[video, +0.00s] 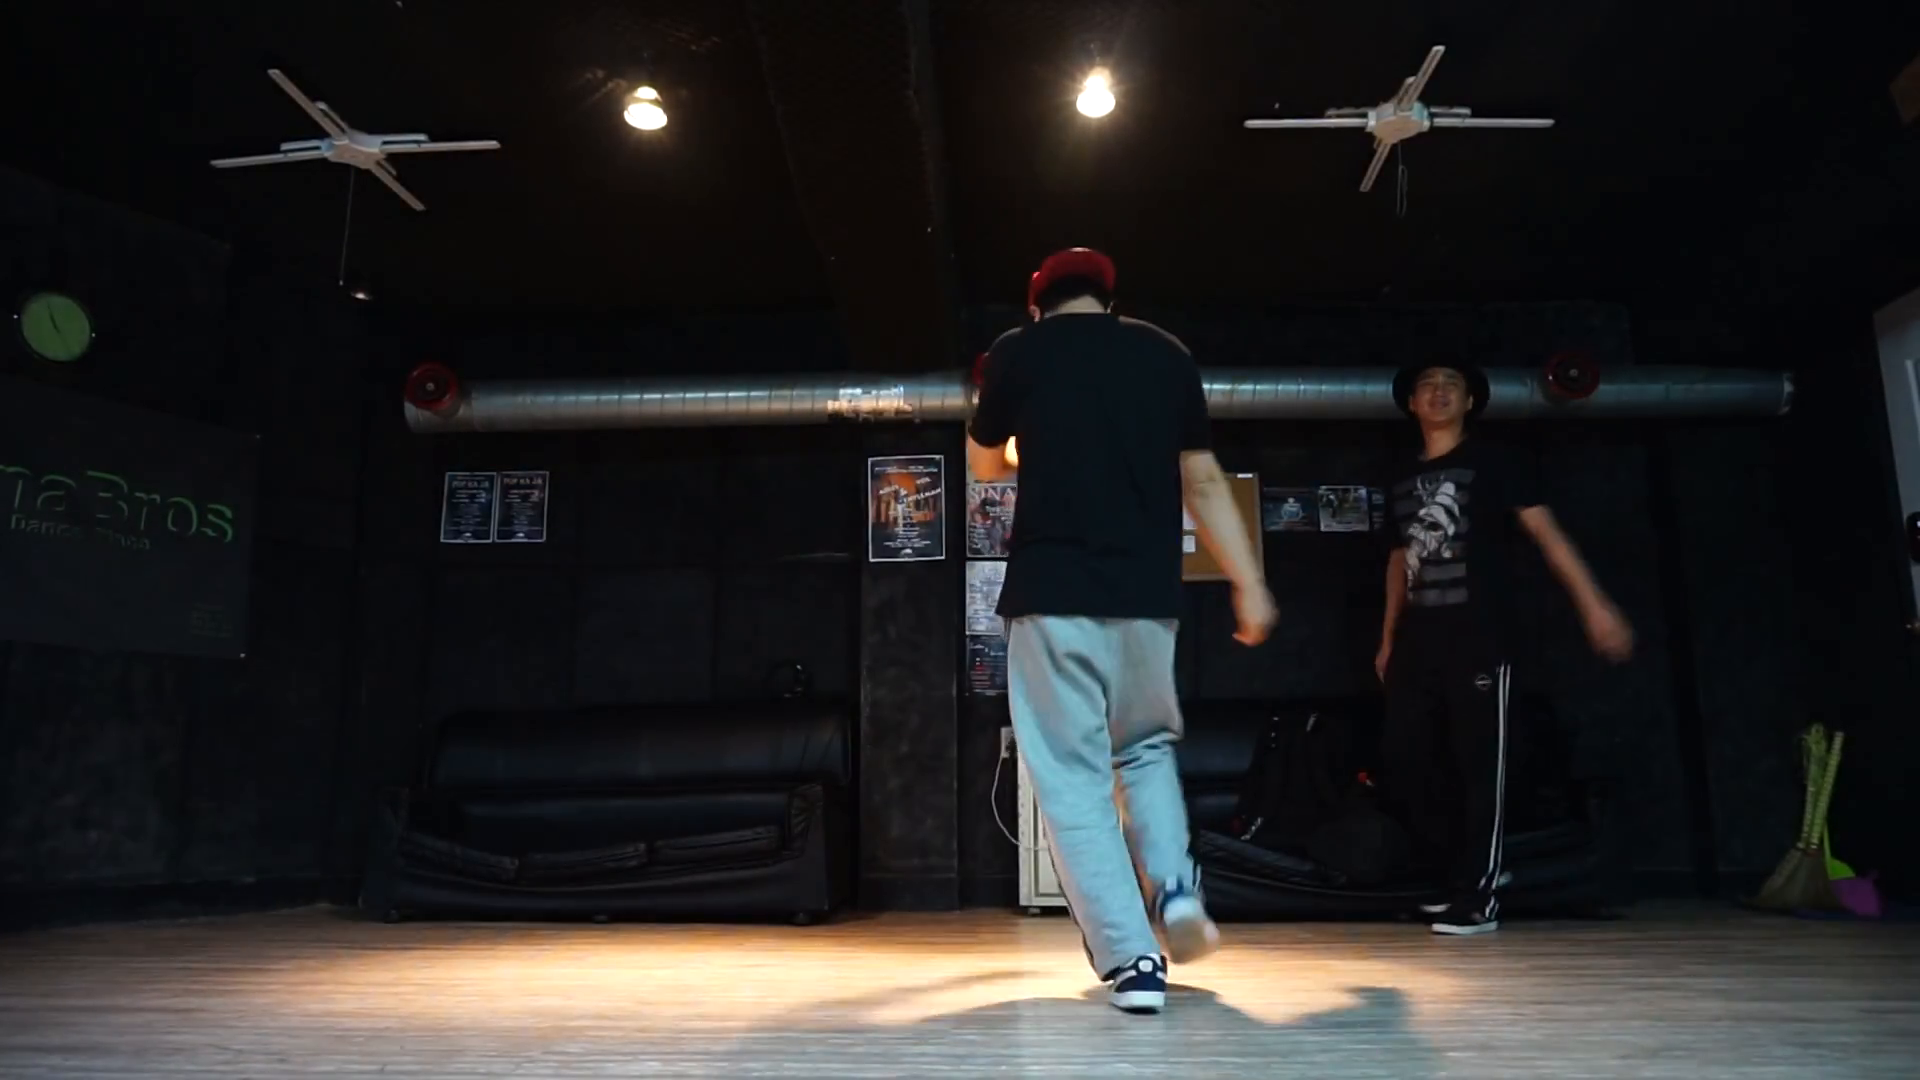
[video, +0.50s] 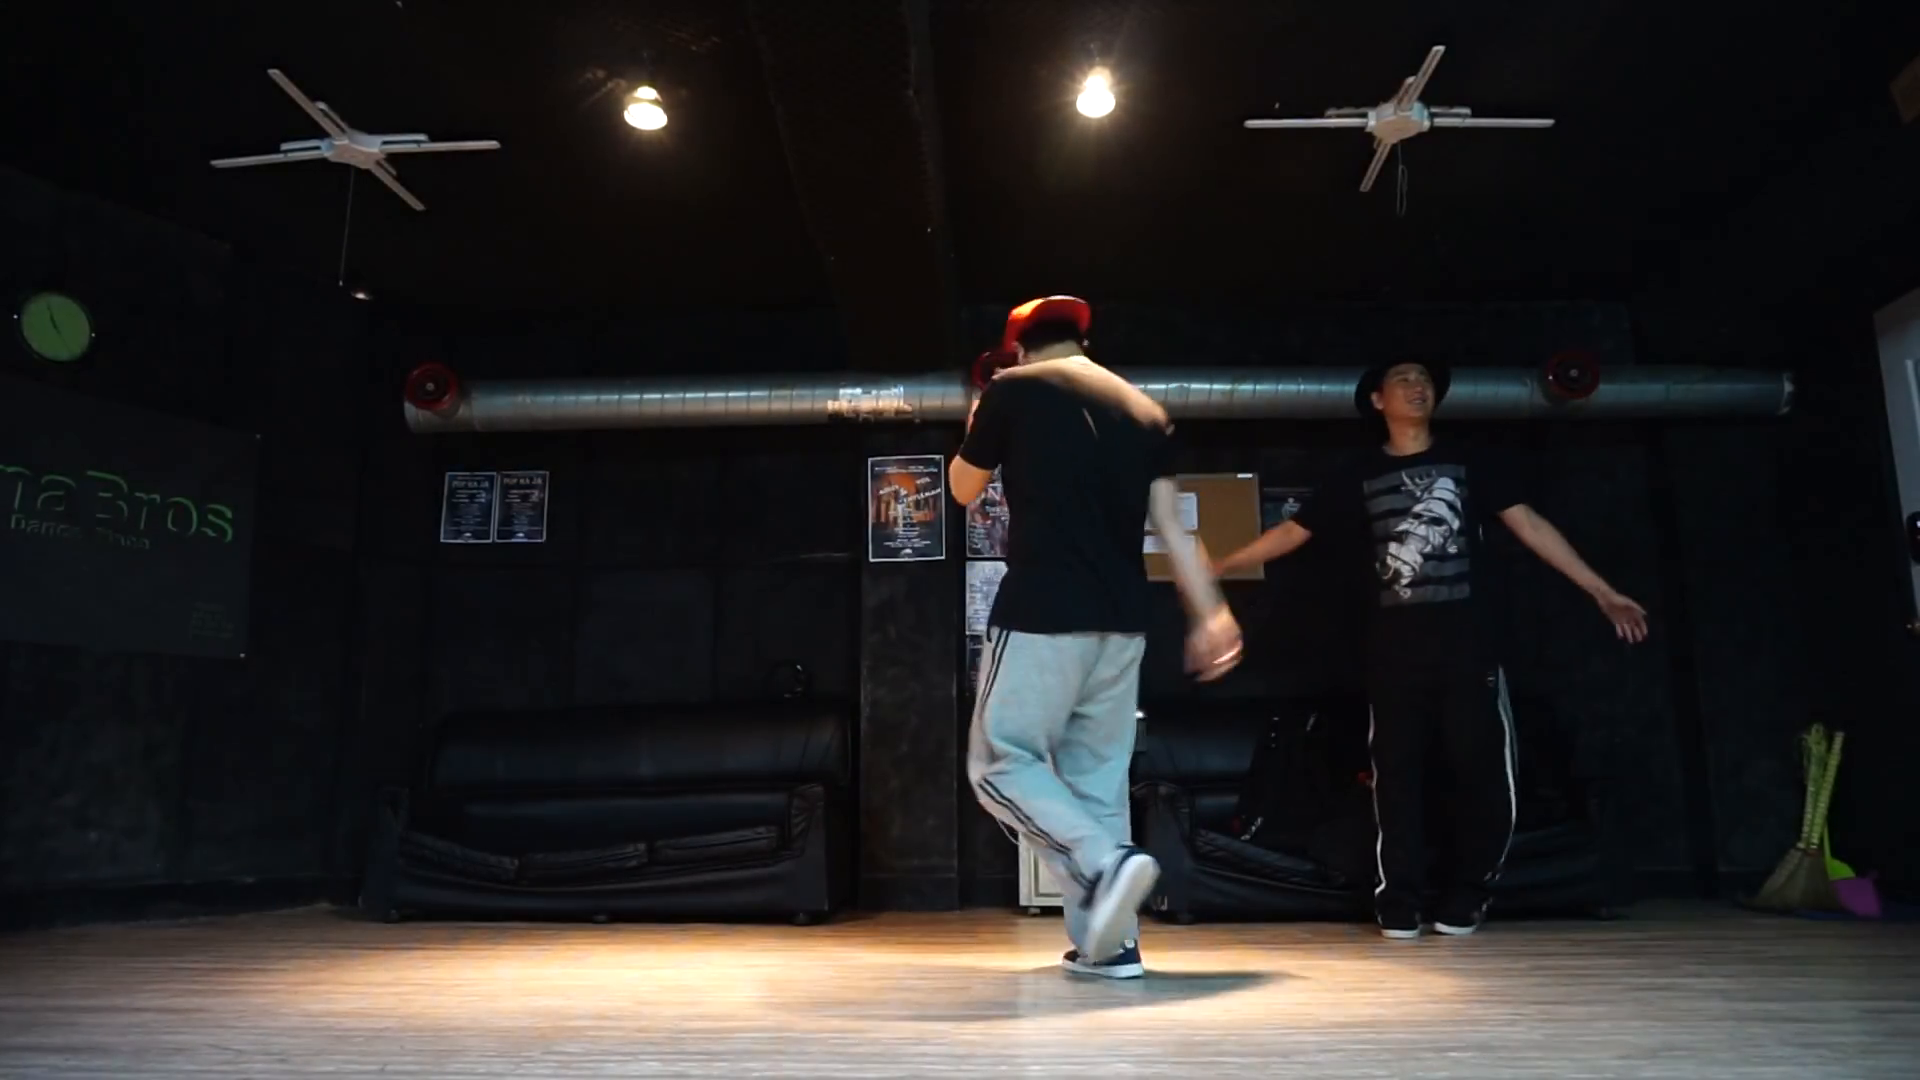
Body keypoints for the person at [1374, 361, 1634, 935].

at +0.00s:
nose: (1438, 393)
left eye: (1450, 385)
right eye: (1427, 385)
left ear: (1470, 401)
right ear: (1410, 402)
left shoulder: (1496, 463)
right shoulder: (1405, 480)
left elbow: (1548, 534)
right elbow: (1399, 564)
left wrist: (1595, 608)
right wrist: (1389, 639)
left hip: (1481, 639)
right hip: (1420, 644)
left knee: (1480, 770)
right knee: (1422, 764)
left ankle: (1478, 900)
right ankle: (1452, 883)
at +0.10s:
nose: (1436, 391)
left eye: (1447, 383)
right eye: (1425, 383)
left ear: (1465, 398)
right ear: (1406, 399)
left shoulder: (1494, 459)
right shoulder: (1392, 474)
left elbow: (1562, 517)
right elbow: (1385, 555)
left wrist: (1625, 576)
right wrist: (1380, 620)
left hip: (1478, 637)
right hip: (1414, 638)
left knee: (1483, 770)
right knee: (1414, 764)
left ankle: (1479, 900)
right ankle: (1428, 886)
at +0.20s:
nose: (1433, 392)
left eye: (1443, 385)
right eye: (1421, 385)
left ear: (1458, 401)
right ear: (1399, 401)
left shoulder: (1489, 463)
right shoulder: (1385, 478)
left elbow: (1563, 517)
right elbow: (1367, 550)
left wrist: (1635, 568)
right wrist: (1353, 606)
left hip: (1478, 640)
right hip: (1407, 643)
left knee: (1486, 770)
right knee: (1403, 765)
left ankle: (1478, 901)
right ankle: (1399, 897)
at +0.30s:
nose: (1425, 393)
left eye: (1435, 385)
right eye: (1413, 386)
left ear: (1450, 401)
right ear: (1391, 404)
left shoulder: (1483, 468)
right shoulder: (1372, 480)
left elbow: (1551, 522)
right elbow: (1338, 545)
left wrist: (1631, 574)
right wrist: (1305, 598)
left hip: (1477, 643)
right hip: (1403, 646)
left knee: (1488, 770)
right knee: (1405, 769)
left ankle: (1478, 903)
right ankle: (1398, 902)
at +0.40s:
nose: (1420, 390)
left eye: (1428, 383)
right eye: (1407, 382)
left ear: (1442, 400)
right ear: (1382, 400)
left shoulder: (1475, 465)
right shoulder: (1361, 477)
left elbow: (1539, 526)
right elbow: (1307, 537)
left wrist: (1616, 588)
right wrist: (1255, 583)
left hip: (1471, 642)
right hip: (1396, 646)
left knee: (1486, 773)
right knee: (1400, 772)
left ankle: (1473, 901)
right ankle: (1398, 903)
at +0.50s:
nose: (1416, 388)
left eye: (1424, 382)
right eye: (1403, 381)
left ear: (1437, 400)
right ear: (1377, 401)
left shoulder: (1469, 465)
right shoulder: (1356, 476)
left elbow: (1531, 528)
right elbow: (1289, 534)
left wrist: (1604, 594)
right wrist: (1215, 569)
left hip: (1466, 642)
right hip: (1393, 644)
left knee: (1484, 775)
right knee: (1396, 773)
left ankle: (1467, 900)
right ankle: (1399, 902)